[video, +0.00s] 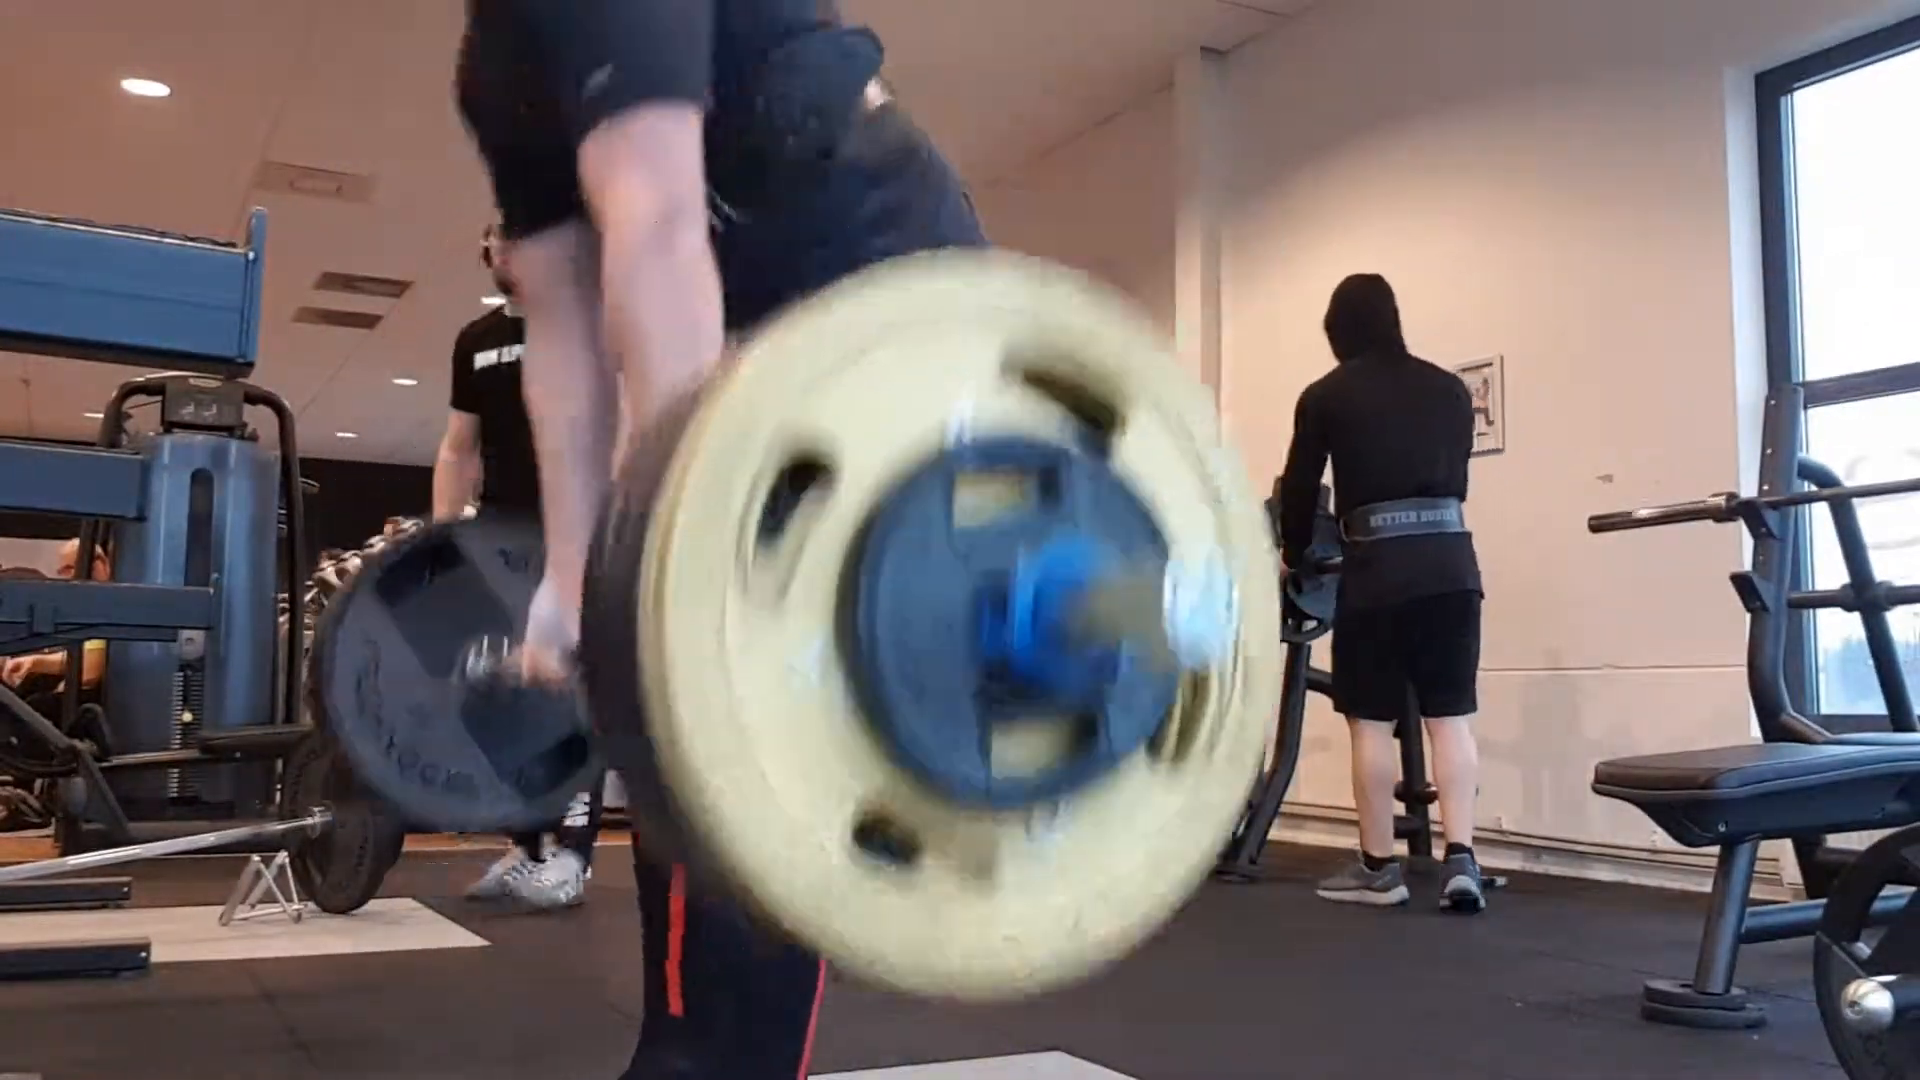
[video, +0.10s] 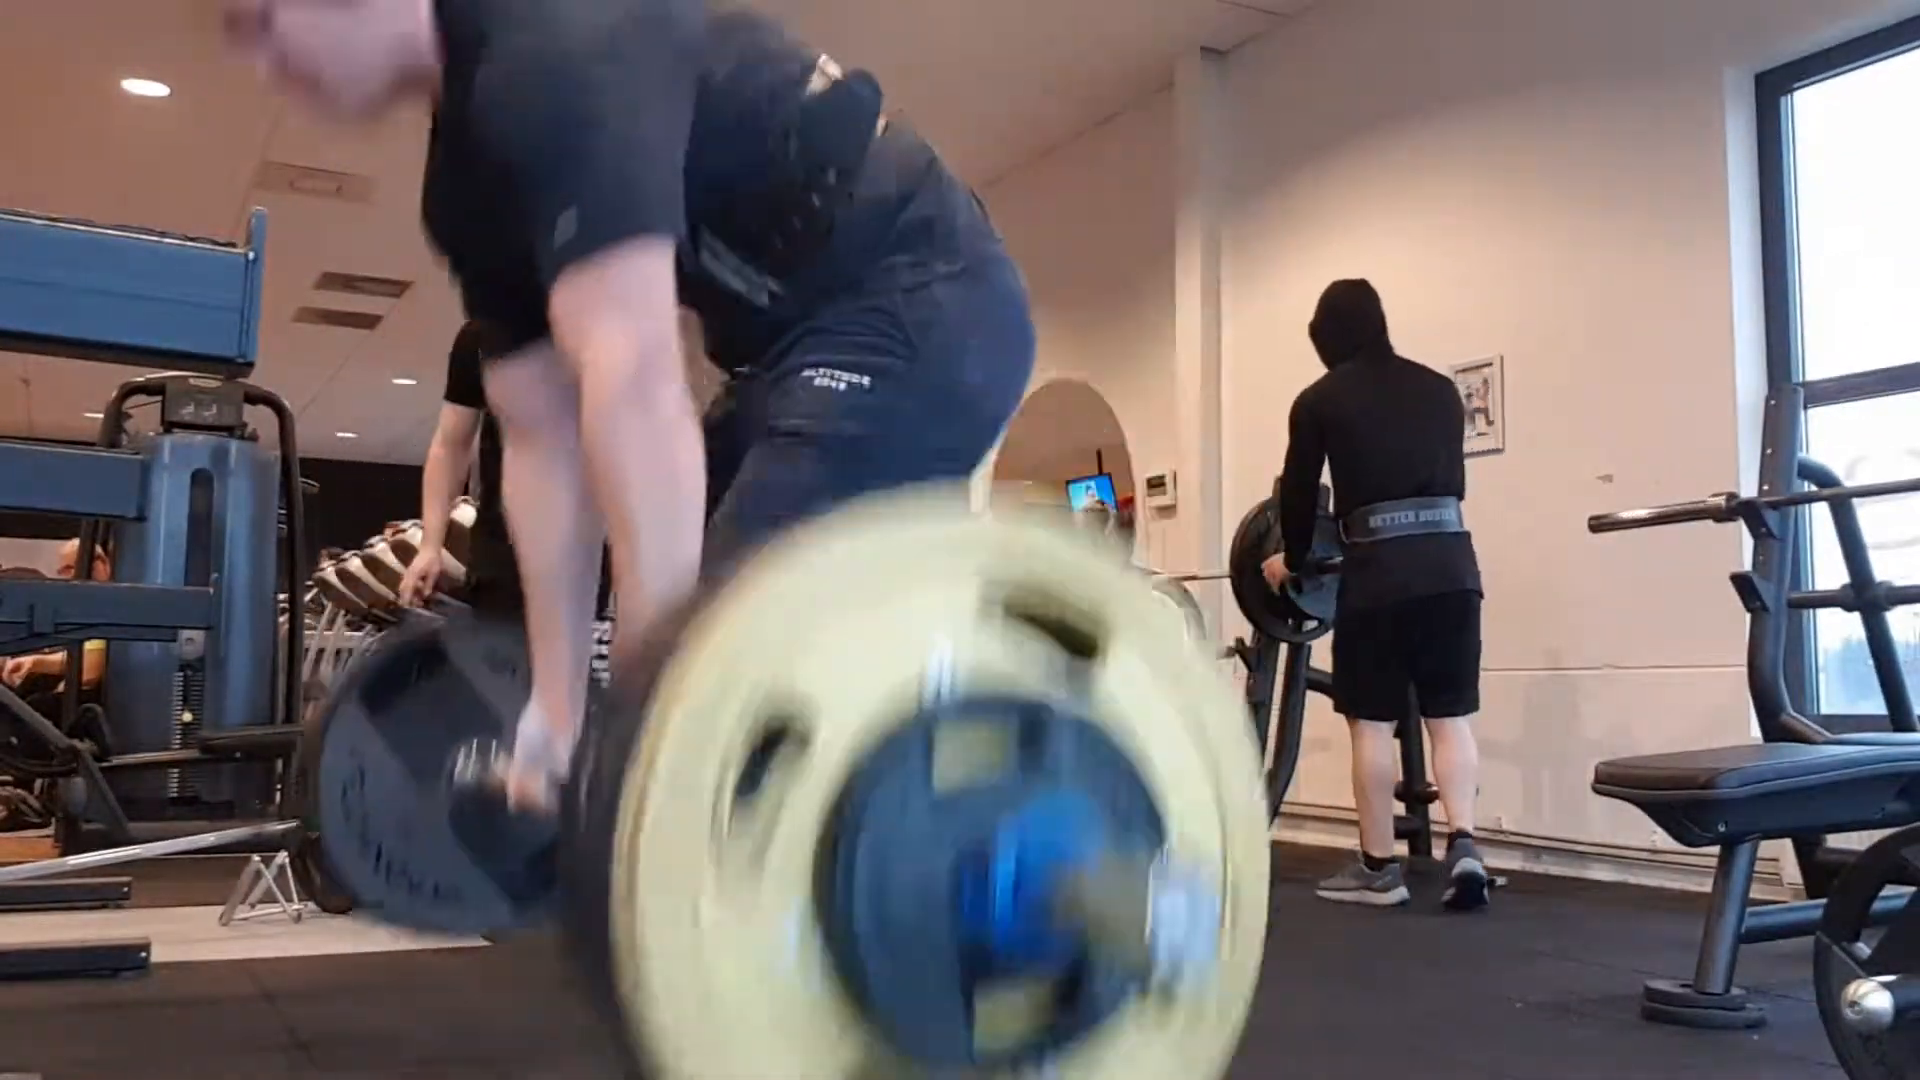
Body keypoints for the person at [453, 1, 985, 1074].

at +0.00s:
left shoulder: (609, 7)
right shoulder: (497, 51)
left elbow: (662, 230)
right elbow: (558, 307)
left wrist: (673, 550)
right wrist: (568, 566)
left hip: (884, 338)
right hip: (771, 352)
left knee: (743, 707)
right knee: (681, 695)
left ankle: (723, 1049)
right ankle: (696, 1040)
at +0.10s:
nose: (265, 65)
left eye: (262, 22)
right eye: (246, 43)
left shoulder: (553, 54)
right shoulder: (465, 170)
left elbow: (636, 384)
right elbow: (539, 434)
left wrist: (660, 685)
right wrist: (556, 707)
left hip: (907, 313)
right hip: (788, 354)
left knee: (733, 678)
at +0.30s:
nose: (277, 418)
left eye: (259, 373)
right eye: (252, 389)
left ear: (310, 309)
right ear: (321, 296)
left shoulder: (546, 307)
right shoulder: (454, 371)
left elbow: (706, 550)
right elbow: (580, 575)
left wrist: (696, 856)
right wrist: (566, 824)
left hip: (941, 430)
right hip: (819, 445)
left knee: (630, 671)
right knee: (554, 662)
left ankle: (711, 965)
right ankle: (630, 994)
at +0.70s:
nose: (281, 245)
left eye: (275, 200)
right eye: (258, 218)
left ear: (353, 135)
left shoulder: (554, 263)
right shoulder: (456, 356)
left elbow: (637, 593)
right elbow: (531, 606)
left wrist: (639, 912)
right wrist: (541, 859)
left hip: (916, 480)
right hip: (796, 498)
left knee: (577, 687)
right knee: (505, 688)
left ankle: (684, 974)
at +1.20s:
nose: (285, 97)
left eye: (300, 54)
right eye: (280, 64)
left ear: (399, 35)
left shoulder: (577, 190)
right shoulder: (477, 288)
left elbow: (654, 521)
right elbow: (550, 538)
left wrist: (647, 832)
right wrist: (558, 790)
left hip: (921, 414)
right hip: (805, 438)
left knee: (613, 663)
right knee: (548, 661)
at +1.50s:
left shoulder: (617, 57)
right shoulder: (512, 160)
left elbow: (681, 365)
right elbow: (574, 413)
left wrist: (661, 651)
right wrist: (582, 668)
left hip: (926, 336)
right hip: (809, 366)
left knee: (737, 646)